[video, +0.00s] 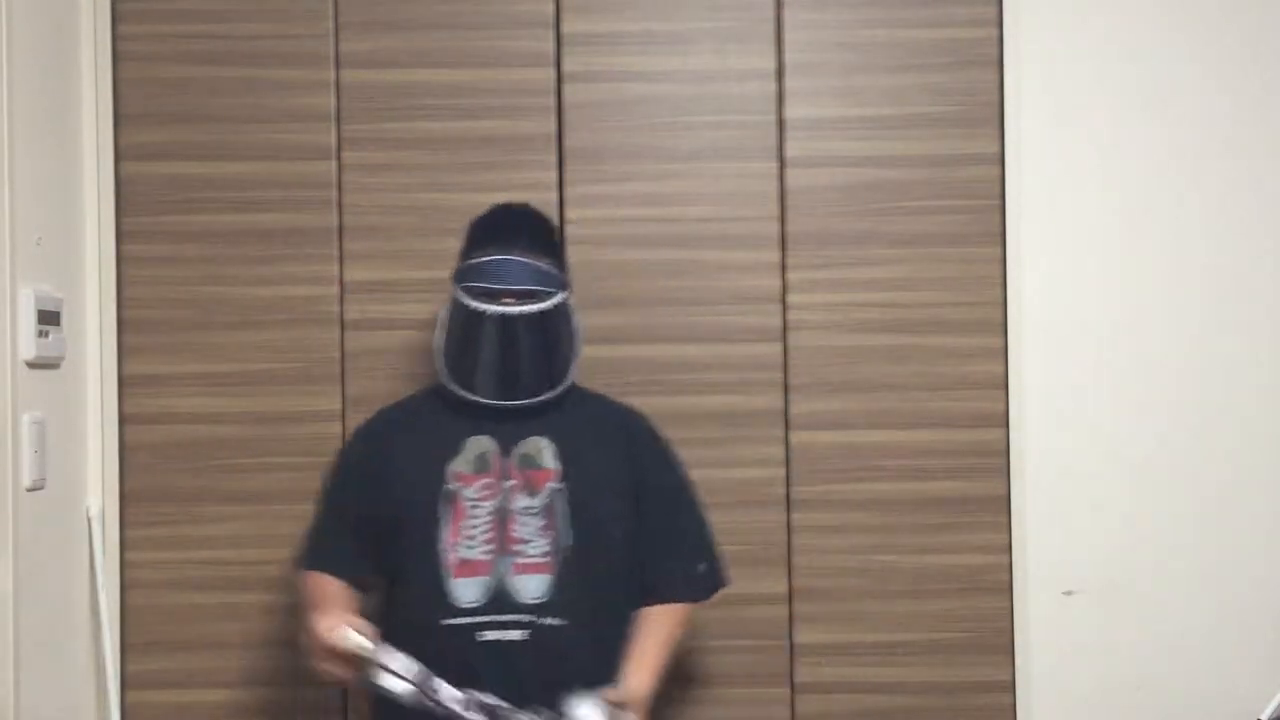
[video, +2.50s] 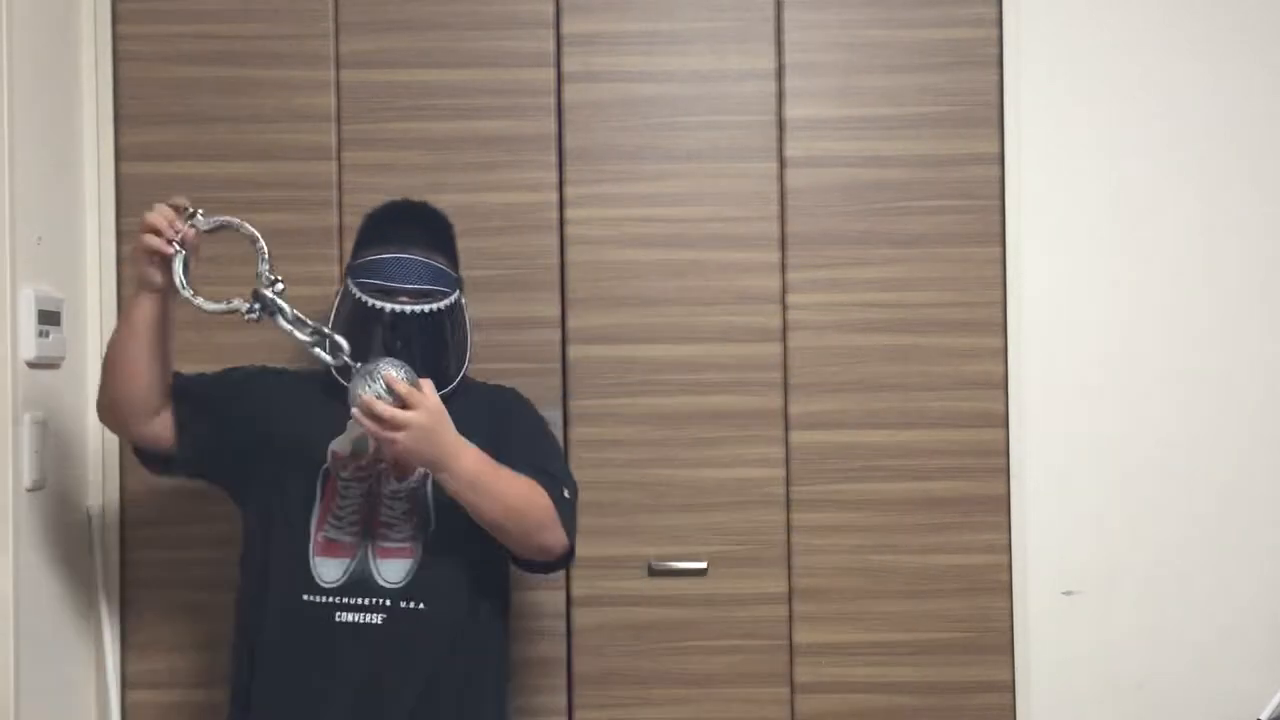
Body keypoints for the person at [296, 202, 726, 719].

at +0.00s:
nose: (509, 333)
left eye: (530, 315)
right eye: (489, 314)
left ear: (563, 316)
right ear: (457, 312)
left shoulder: (622, 441)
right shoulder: (390, 441)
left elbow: (675, 580)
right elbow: (331, 558)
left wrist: (632, 693)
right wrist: (332, 620)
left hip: (577, 702)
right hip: (428, 703)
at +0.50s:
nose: (390, 301)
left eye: (413, 281)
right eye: (371, 279)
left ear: (448, 289)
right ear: (339, 282)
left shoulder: (501, 409)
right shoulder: (272, 401)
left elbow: (559, 519)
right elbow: (128, 405)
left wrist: (439, 436)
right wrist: (136, 280)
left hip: (453, 701)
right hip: (290, 700)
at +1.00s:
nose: (532, 335)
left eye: (552, 315)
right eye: (512, 314)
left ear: (583, 316)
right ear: (479, 311)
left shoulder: (646, 441)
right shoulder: (416, 442)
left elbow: (684, 583)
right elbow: (369, 559)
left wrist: (648, 699)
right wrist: (369, 641)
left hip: (593, 704)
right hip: (444, 705)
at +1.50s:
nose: (640, 297)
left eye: (662, 276)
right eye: (618, 275)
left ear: (692, 287)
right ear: (581, 284)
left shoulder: (759, 405)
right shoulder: (533, 408)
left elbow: (887, 482)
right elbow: (425, 421)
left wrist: (844, 390)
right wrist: (494, 299)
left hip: (745, 698)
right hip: (583, 699)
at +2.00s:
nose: (539, 338)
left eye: (560, 319)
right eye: (520, 319)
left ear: (592, 316)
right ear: (488, 315)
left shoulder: (658, 439)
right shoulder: (428, 439)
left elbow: (707, 572)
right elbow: (371, 548)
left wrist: (679, 670)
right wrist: (371, 603)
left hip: (614, 703)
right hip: (467, 701)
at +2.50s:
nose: (401, 317)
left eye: (422, 298)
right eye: (380, 294)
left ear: (454, 304)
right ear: (347, 294)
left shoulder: (496, 417)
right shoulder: (276, 406)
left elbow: (550, 539)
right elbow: (133, 414)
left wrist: (450, 457)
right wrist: (151, 290)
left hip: (447, 703)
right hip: (289, 700)